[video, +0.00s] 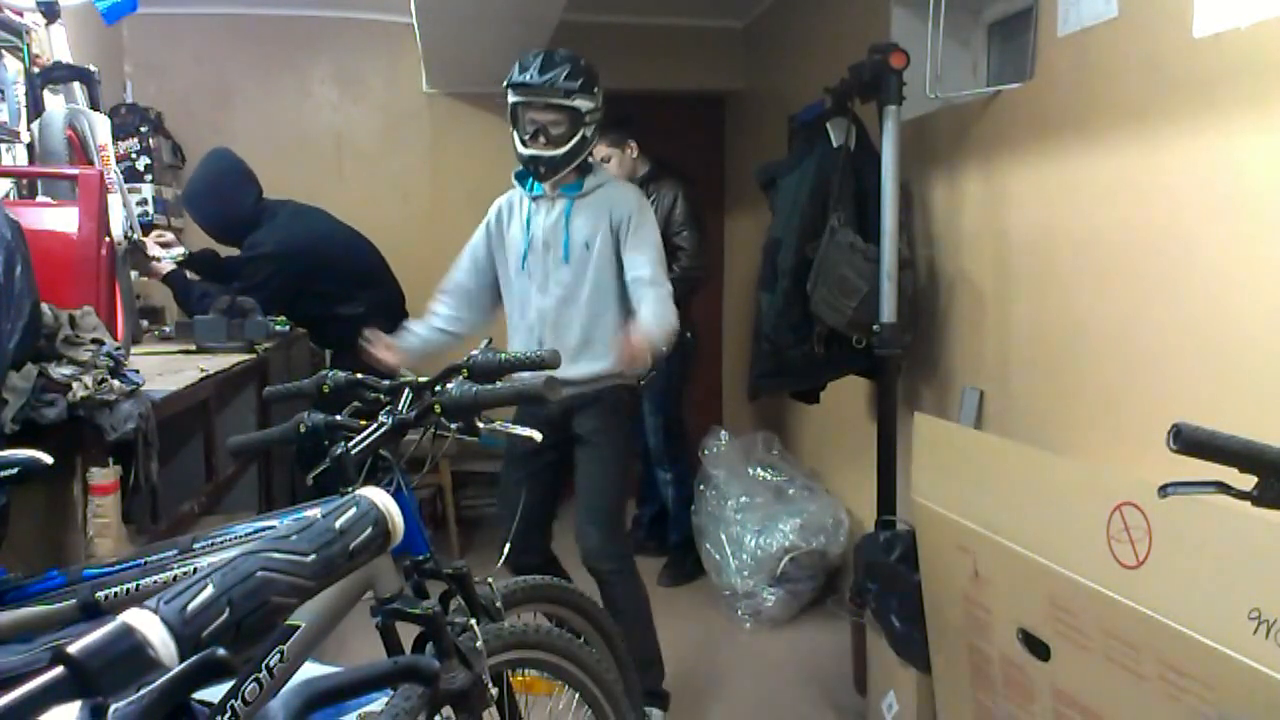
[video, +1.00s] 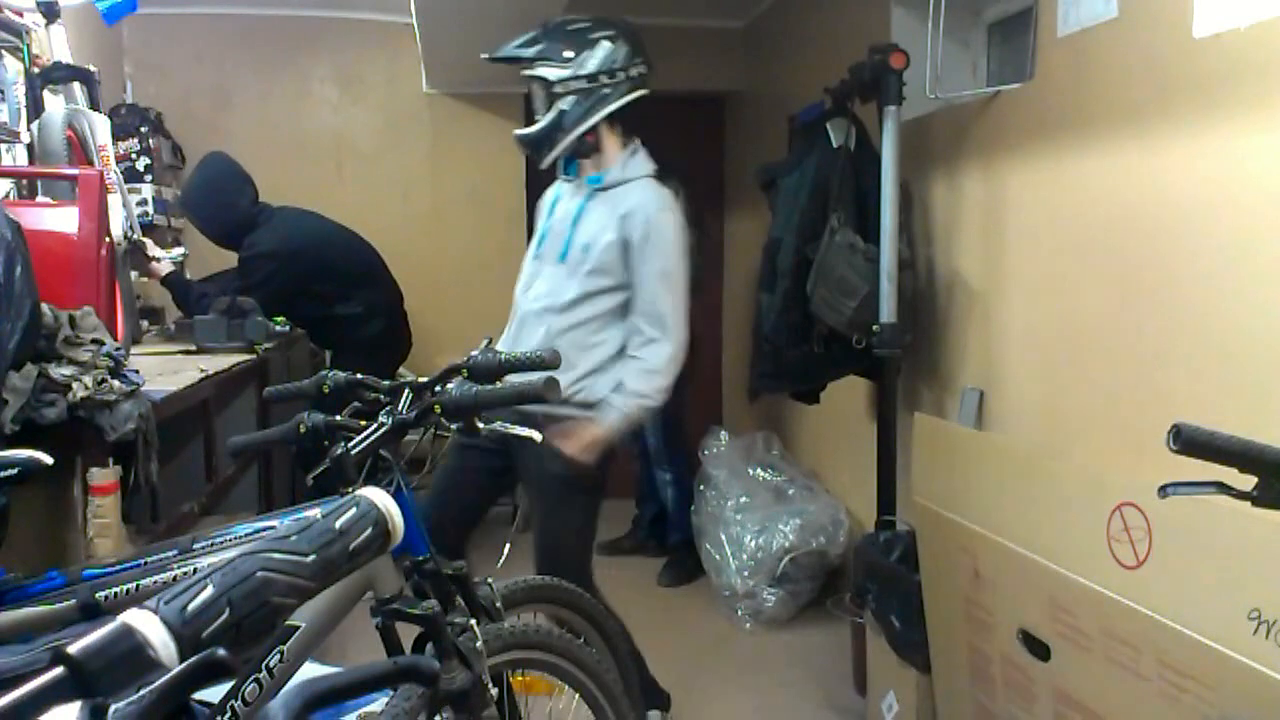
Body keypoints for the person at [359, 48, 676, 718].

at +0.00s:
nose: (538, 131)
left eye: (554, 118)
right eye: (528, 118)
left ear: (586, 123)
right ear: (513, 121)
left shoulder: (619, 201)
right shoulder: (507, 212)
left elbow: (655, 296)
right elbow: (460, 305)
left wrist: (647, 335)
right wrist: (405, 346)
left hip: (604, 395)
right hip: (535, 399)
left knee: (601, 546)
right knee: (521, 546)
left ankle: (646, 694)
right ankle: (582, 655)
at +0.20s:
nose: (545, 119)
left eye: (561, 104)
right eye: (536, 105)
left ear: (597, 107)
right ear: (523, 108)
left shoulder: (631, 194)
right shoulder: (525, 201)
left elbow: (665, 306)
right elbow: (512, 309)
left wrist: (649, 376)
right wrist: (473, 365)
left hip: (599, 397)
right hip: (532, 397)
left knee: (599, 548)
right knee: (531, 545)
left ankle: (648, 693)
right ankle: (587, 655)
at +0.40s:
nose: (555, 128)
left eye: (572, 114)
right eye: (549, 115)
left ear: (615, 122)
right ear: (540, 120)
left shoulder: (650, 211)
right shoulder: (543, 216)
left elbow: (674, 322)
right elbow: (488, 310)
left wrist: (639, 357)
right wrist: (428, 347)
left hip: (621, 420)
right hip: (555, 421)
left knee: (600, 573)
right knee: (526, 565)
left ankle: (655, 706)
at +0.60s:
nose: (559, 112)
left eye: (572, 97)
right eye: (558, 98)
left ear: (619, 105)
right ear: (604, 109)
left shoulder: (674, 204)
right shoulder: (576, 196)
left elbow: (692, 332)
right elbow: (558, 309)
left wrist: (656, 417)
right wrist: (517, 383)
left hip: (609, 417)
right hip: (544, 405)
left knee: (596, 581)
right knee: (502, 548)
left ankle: (653, 705)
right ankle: (561, 654)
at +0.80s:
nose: (558, 120)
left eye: (571, 106)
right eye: (560, 106)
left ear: (616, 114)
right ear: (608, 119)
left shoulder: (669, 219)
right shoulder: (570, 211)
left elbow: (669, 343)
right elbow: (506, 306)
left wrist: (605, 377)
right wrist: (432, 327)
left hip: (612, 436)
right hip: (541, 426)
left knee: (586, 599)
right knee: (473, 568)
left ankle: (650, 706)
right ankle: (450, 693)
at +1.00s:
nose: (536, 106)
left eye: (548, 92)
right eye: (537, 92)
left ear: (593, 97)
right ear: (578, 100)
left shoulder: (650, 206)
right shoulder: (559, 193)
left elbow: (662, 344)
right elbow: (529, 308)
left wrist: (602, 427)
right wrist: (479, 387)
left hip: (572, 423)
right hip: (506, 407)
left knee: (563, 586)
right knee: (434, 535)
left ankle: (638, 698)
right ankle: (460, 669)